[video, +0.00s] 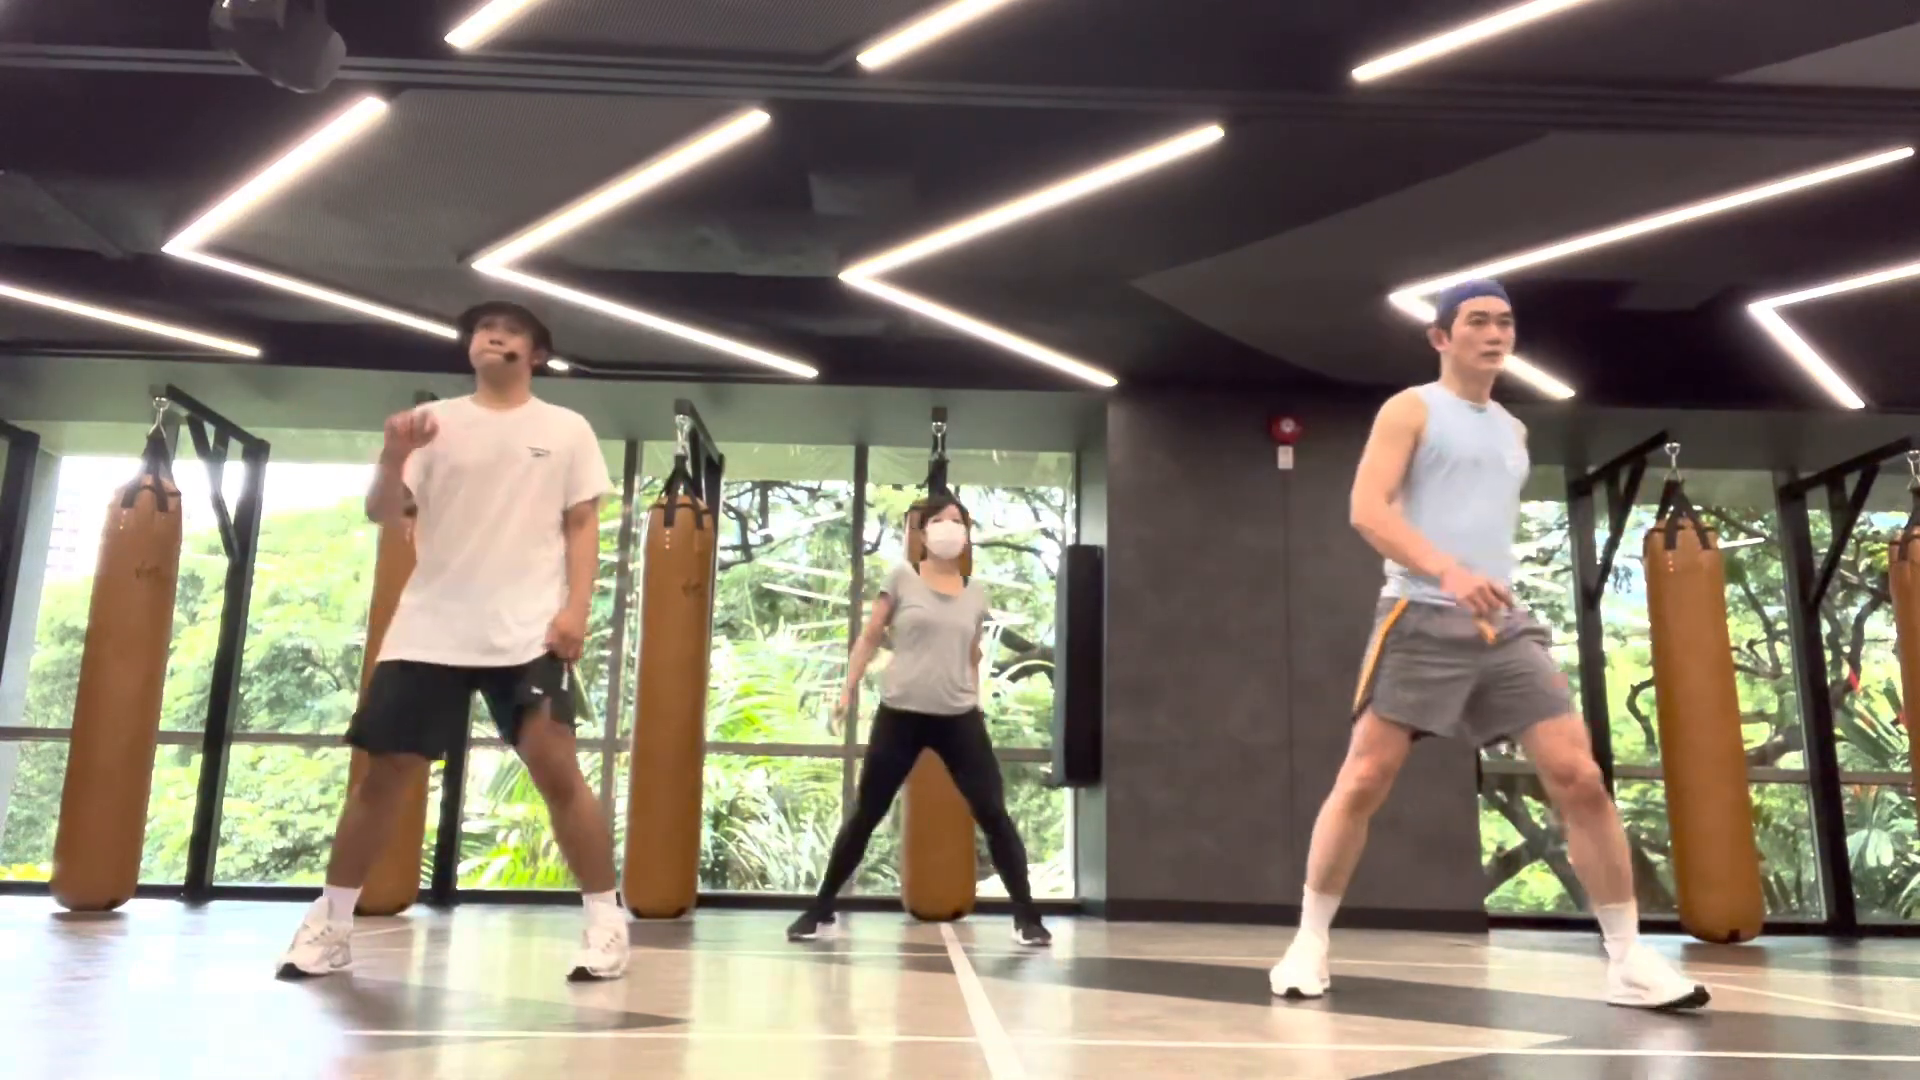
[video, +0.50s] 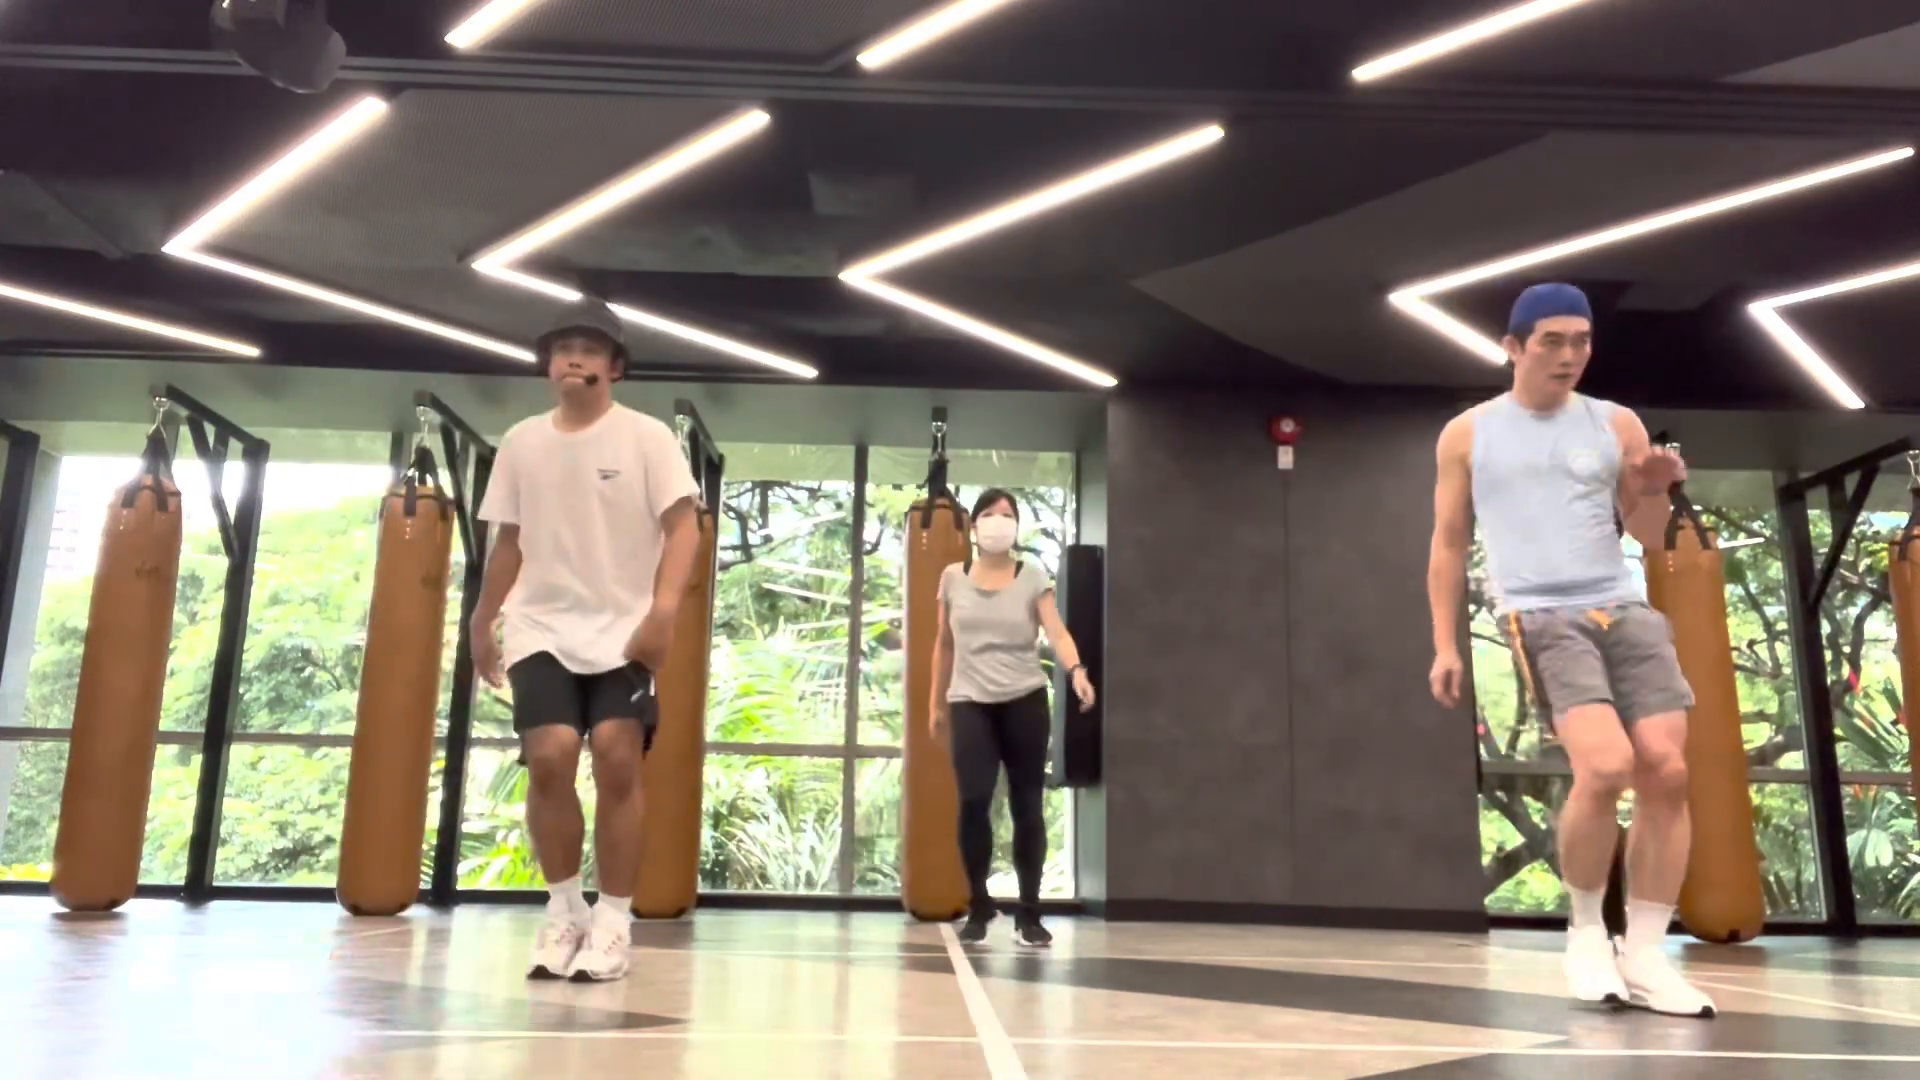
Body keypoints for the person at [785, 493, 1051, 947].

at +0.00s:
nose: (949, 529)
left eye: (957, 522)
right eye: (938, 522)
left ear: (967, 535)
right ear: (922, 533)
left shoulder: (976, 593)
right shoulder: (903, 578)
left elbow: (974, 657)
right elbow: (870, 638)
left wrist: (972, 706)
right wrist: (849, 691)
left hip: (959, 717)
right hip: (901, 715)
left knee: (994, 814)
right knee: (866, 813)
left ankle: (1026, 916)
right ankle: (822, 907)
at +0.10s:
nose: (971, 524)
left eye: (979, 518)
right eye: (961, 517)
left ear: (989, 531)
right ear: (945, 531)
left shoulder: (1005, 590)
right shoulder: (925, 575)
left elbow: (1009, 650)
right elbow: (897, 641)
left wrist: (1016, 699)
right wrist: (876, 697)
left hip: (991, 713)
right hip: (932, 712)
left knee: (1012, 812)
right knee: (884, 810)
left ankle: (1029, 915)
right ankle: (835, 900)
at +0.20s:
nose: (986, 515)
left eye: (994, 508)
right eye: (975, 508)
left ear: (1004, 521)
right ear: (960, 521)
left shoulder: (1020, 577)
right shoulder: (940, 568)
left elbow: (1036, 640)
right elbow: (917, 635)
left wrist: (1056, 695)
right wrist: (904, 695)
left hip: (1006, 703)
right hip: (947, 699)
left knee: (1019, 809)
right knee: (914, 802)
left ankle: (1029, 914)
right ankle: (883, 891)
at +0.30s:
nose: (994, 512)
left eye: (1002, 505)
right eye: (984, 505)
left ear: (1012, 517)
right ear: (968, 517)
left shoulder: (1030, 569)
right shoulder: (947, 566)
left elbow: (1056, 630)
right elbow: (931, 630)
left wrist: (1079, 683)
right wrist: (919, 689)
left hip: (1013, 696)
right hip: (957, 694)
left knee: (1021, 806)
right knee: (950, 796)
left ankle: (1028, 914)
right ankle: (938, 897)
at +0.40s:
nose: (999, 520)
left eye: (1007, 514)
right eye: (991, 513)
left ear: (1017, 526)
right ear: (973, 523)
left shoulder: (1031, 576)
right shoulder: (951, 574)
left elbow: (1061, 632)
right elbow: (939, 638)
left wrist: (1086, 680)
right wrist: (932, 696)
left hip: (1021, 697)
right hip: (966, 699)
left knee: (1027, 806)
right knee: (976, 800)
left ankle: (1028, 912)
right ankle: (981, 905)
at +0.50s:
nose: (999, 523)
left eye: (1007, 517)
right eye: (990, 516)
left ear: (1018, 530)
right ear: (973, 528)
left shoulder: (1031, 576)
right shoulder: (953, 578)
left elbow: (1056, 632)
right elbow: (943, 643)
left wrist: (1076, 670)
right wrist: (936, 703)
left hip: (1024, 700)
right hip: (969, 702)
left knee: (1028, 807)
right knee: (973, 803)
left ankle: (1029, 913)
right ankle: (979, 904)